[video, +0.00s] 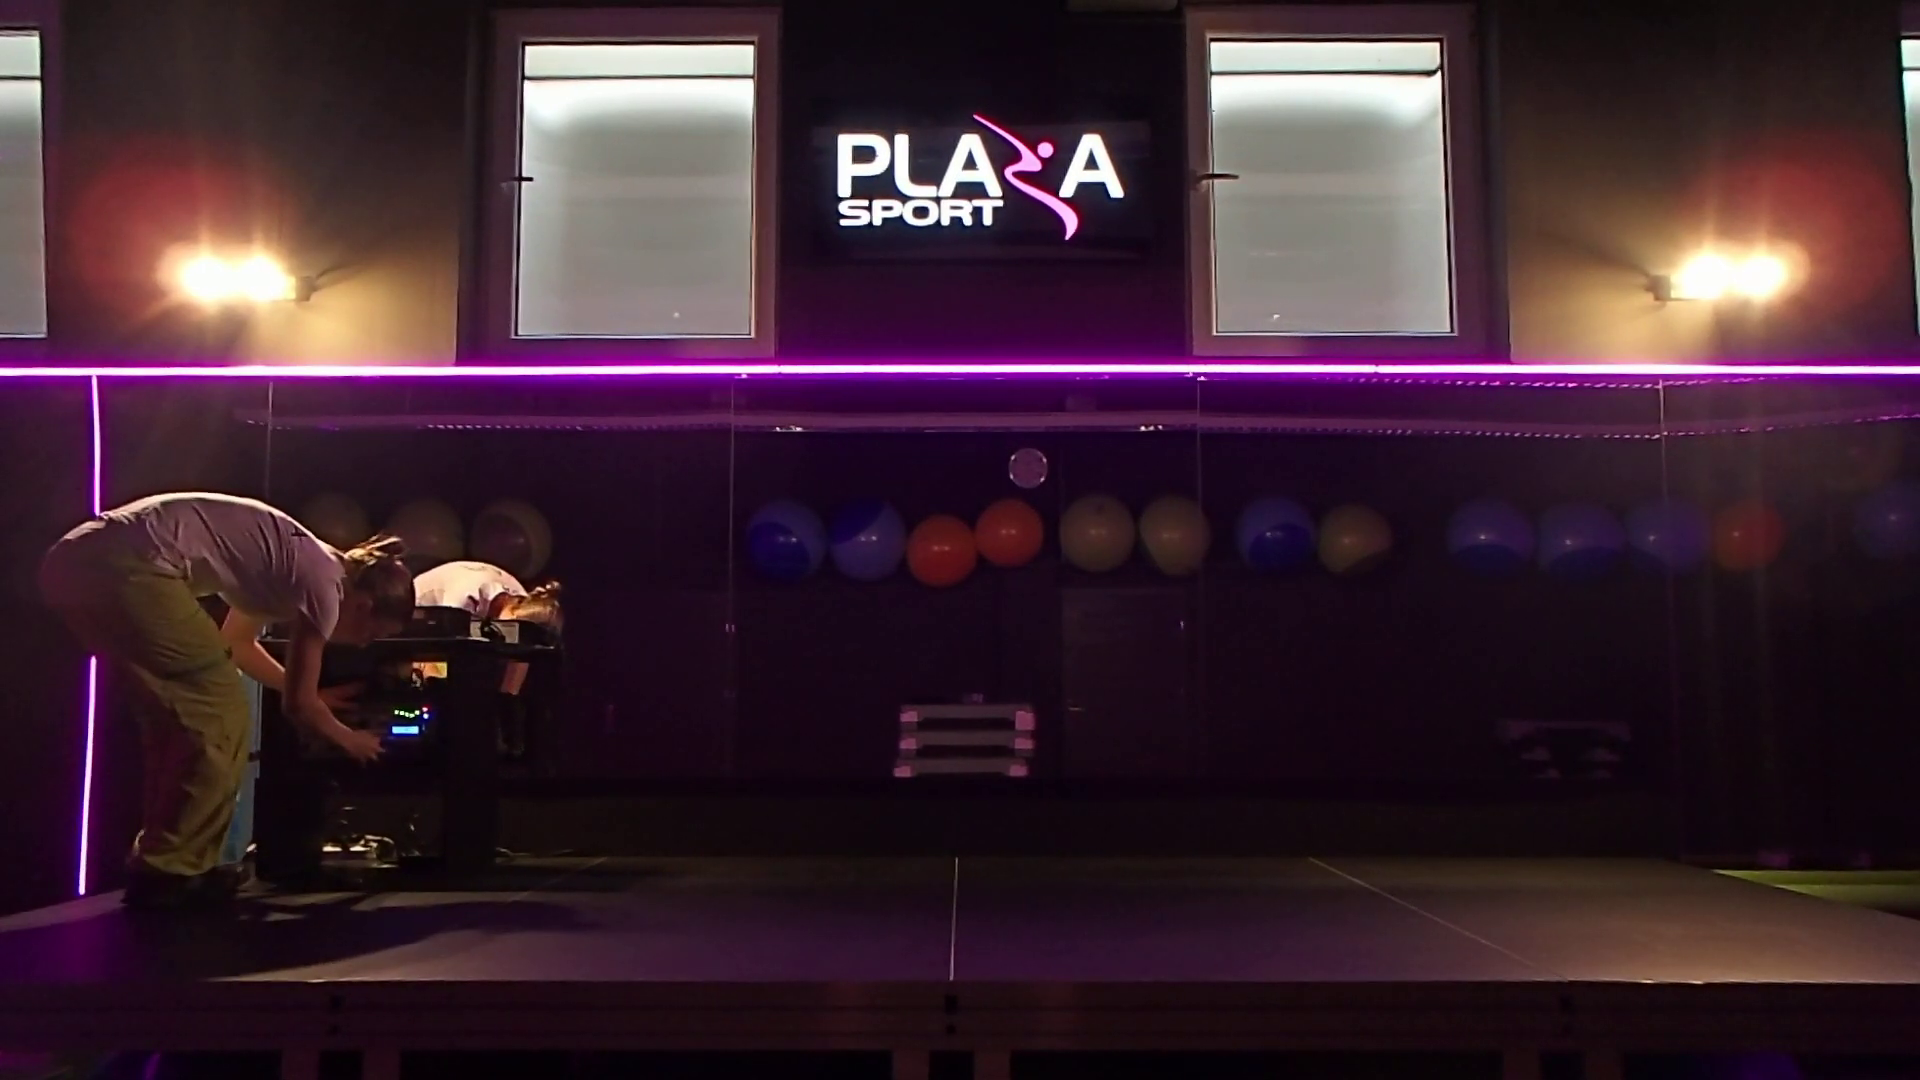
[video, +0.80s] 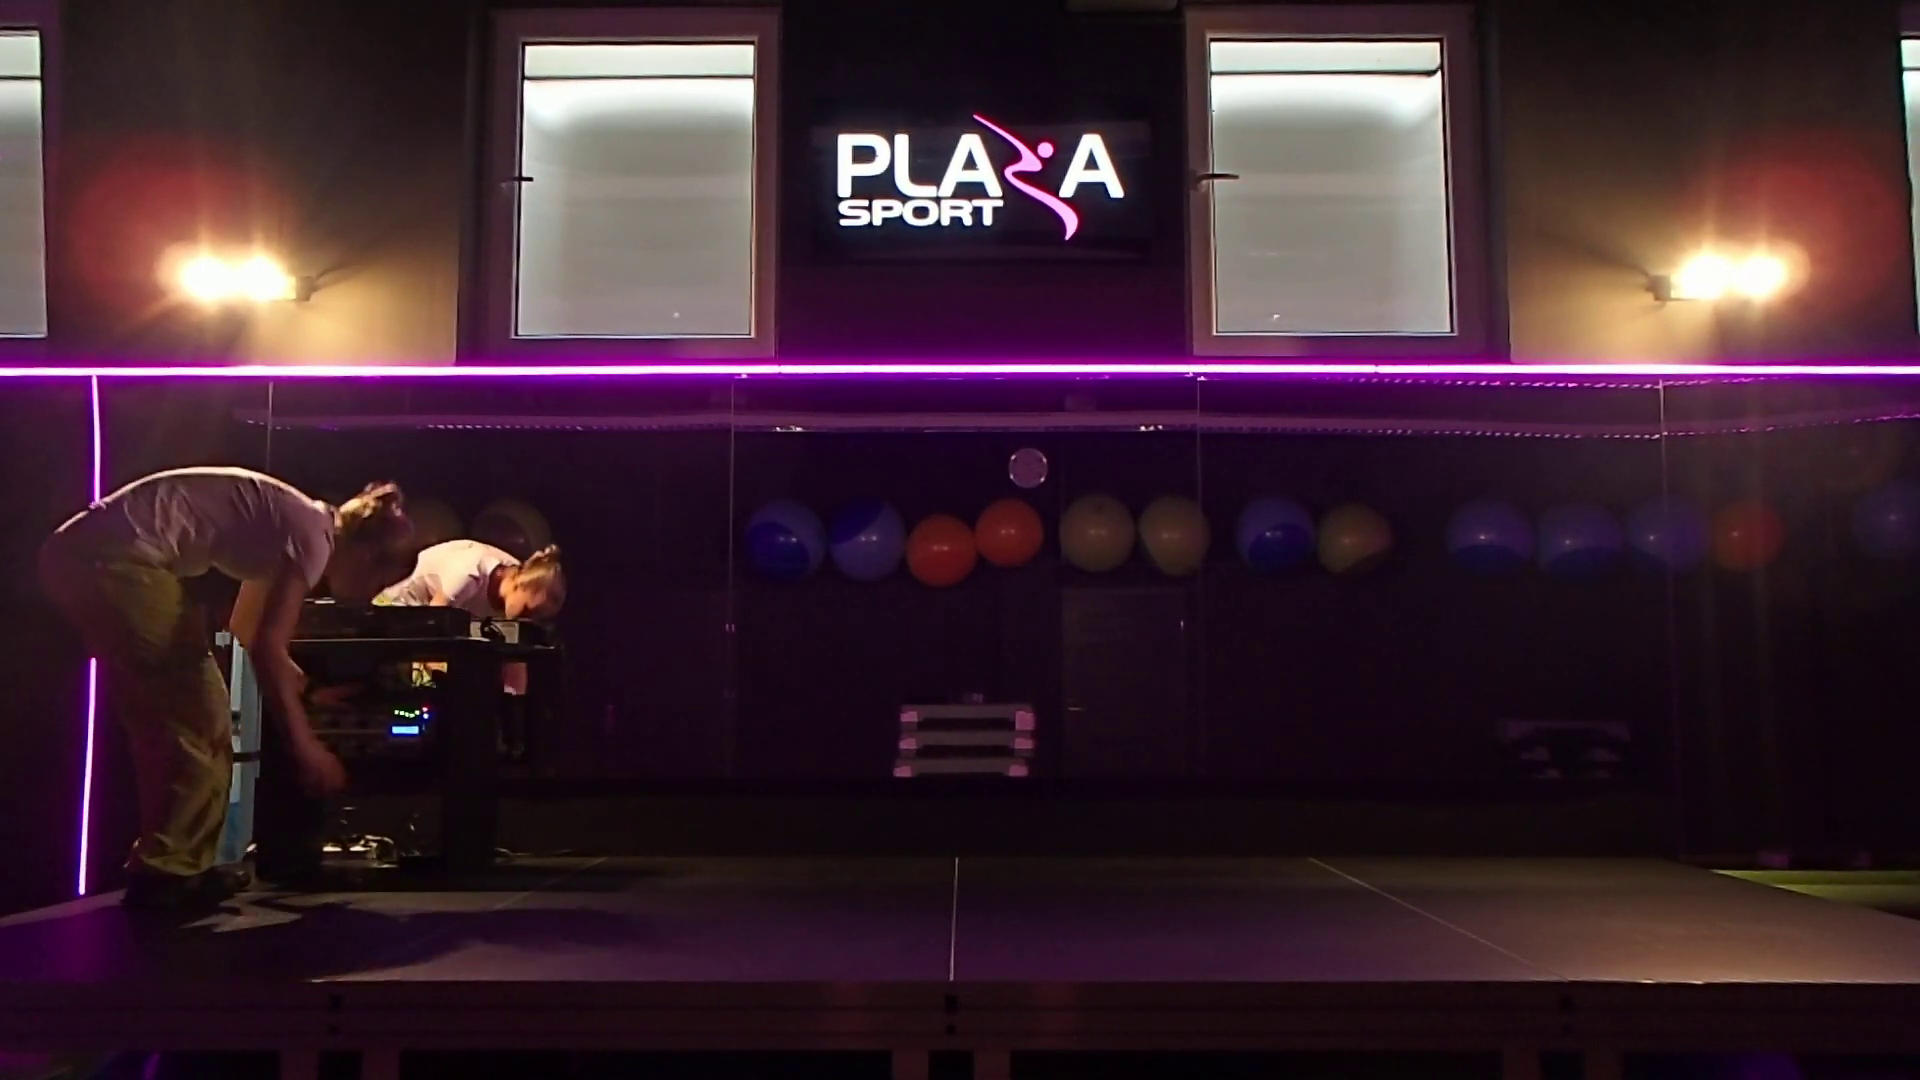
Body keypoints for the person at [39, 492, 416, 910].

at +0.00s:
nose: (360, 641)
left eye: (371, 637)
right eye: (370, 631)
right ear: (361, 602)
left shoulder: (284, 568)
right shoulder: (323, 582)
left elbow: (236, 641)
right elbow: (300, 703)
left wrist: (300, 690)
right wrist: (347, 738)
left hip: (84, 562)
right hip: (128, 565)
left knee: (174, 709)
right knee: (222, 705)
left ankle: (159, 859)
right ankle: (176, 869)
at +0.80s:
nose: (371, 595)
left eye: (382, 586)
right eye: (379, 579)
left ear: (357, 537)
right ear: (365, 551)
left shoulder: (290, 523)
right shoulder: (311, 535)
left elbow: (245, 628)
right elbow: (269, 644)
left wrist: (294, 679)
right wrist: (305, 745)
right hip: (121, 562)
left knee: (185, 720)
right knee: (202, 722)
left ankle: (175, 868)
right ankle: (167, 874)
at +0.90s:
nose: (382, 568)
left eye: (393, 560)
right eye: (390, 554)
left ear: (365, 514)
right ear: (373, 528)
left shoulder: (306, 507)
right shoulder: (308, 508)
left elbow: (256, 616)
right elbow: (248, 615)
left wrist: (308, 685)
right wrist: (255, 726)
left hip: (117, 550)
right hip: (110, 550)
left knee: (186, 695)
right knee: (187, 696)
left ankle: (184, 864)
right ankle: (166, 872)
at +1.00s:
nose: (388, 553)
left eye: (396, 544)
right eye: (394, 540)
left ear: (369, 508)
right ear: (377, 515)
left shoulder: (305, 522)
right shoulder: (299, 496)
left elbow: (265, 607)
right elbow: (225, 577)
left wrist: (311, 681)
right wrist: (206, 680)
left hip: (134, 552)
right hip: (106, 547)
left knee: (181, 697)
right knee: (162, 698)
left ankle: (189, 863)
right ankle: (161, 874)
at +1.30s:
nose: (382, 567)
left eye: (391, 561)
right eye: (389, 557)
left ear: (369, 516)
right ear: (377, 527)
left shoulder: (311, 526)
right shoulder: (299, 516)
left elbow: (266, 615)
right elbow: (237, 612)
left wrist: (316, 684)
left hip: (145, 560)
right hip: (105, 553)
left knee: (197, 708)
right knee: (172, 712)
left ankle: (187, 863)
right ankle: (156, 875)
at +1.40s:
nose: (378, 589)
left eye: (387, 582)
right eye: (385, 578)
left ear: (365, 541)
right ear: (372, 549)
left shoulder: (307, 529)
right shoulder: (306, 538)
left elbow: (260, 627)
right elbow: (271, 649)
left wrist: (315, 688)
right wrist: (311, 731)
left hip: (139, 557)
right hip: (104, 550)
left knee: (191, 701)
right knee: (172, 703)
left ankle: (182, 865)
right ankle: (163, 874)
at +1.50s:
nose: (380, 602)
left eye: (392, 596)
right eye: (389, 591)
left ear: (372, 554)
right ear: (374, 562)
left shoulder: (301, 539)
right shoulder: (317, 555)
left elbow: (254, 627)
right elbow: (314, 672)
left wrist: (309, 687)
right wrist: (361, 727)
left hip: (111, 547)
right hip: (108, 550)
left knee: (181, 696)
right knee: (182, 697)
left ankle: (177, 868)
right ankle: (168, 874)